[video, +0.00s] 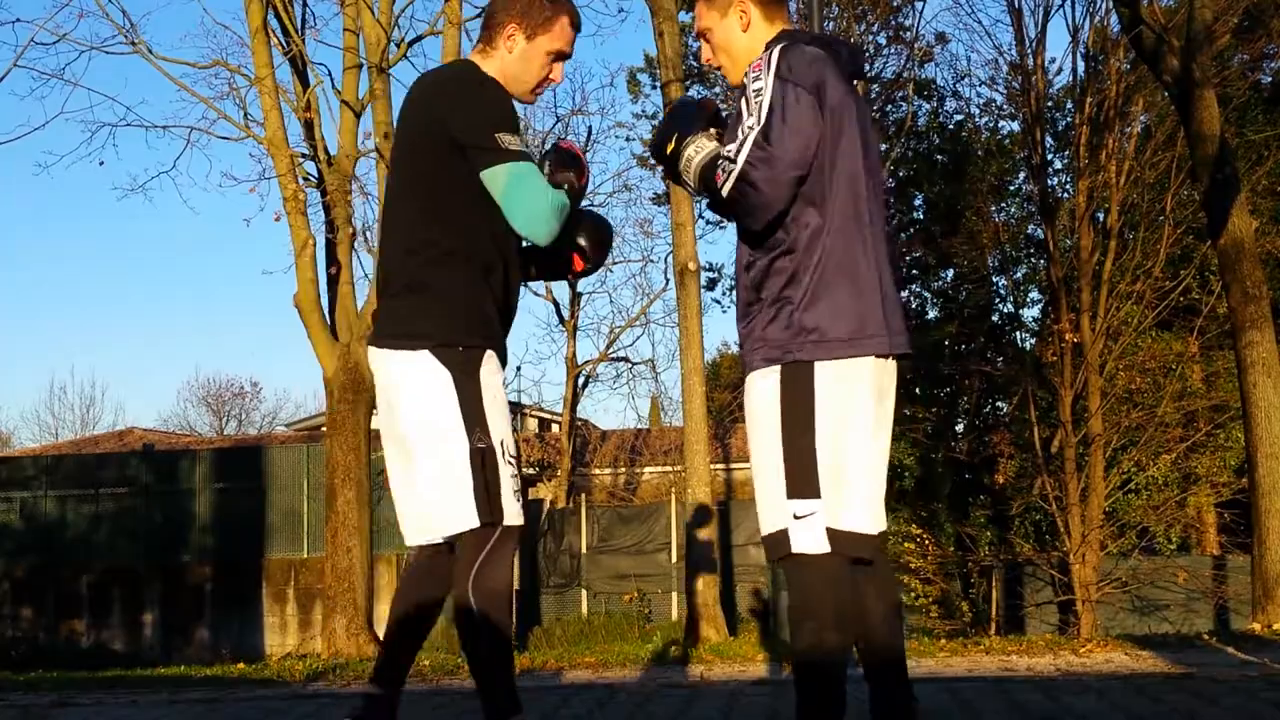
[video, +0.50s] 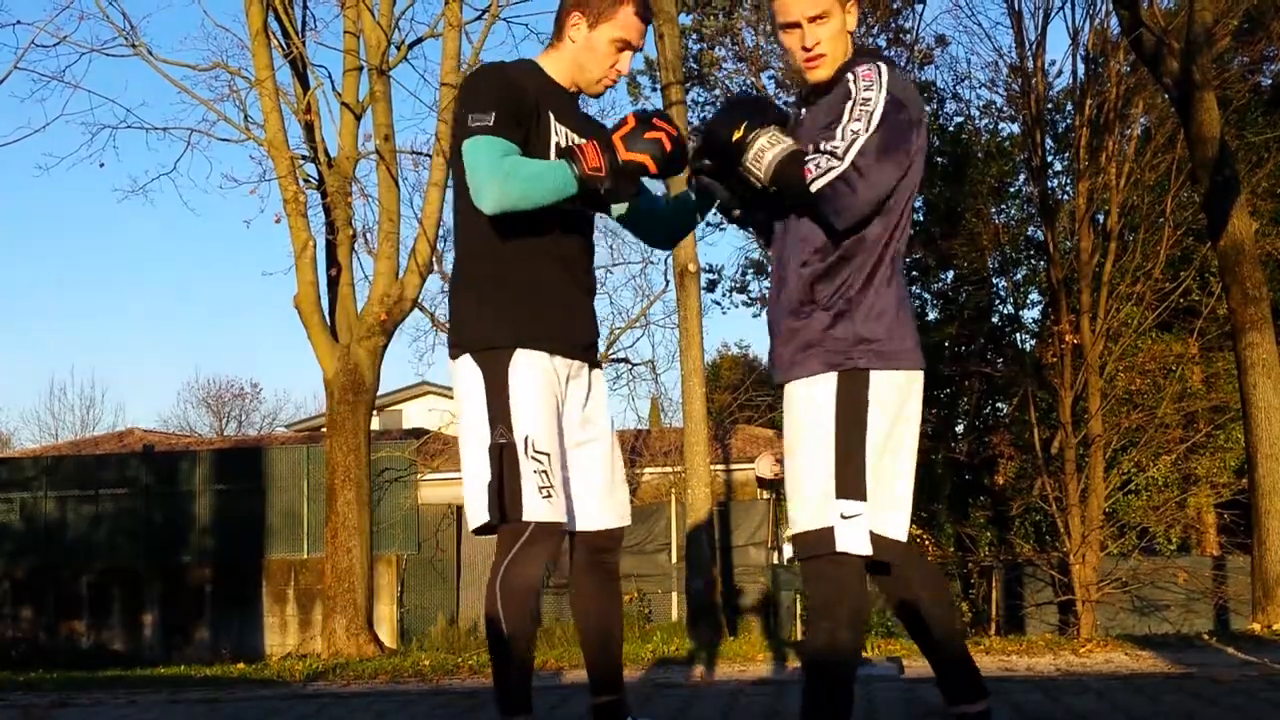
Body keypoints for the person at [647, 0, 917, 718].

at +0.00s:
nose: (702, 53)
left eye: (705, 34)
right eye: (699, 39)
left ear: (746, 17)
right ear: (756, 18)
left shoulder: (786, 72)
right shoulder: (826, 75)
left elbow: (754, 195)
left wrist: (694, 148)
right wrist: (713, 139)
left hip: (806, 335)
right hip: (858, 328)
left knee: (801, 538)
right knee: (854, 537)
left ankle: (818, 716)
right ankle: (894, 709)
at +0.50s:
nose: (804, 40)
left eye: (818, 20)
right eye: (788, 28)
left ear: (851, 14)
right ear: (775, 32)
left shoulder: (881, 87)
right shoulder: (807, 117)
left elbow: (844, 200)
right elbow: (782, 228)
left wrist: (765, 146)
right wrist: (727, 177)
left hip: (851, 349)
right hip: (833, 350)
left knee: (826, 540)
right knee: (879, 534)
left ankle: (823, 719)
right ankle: (968, 695)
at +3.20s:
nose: (998, 65)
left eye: (1009, 47)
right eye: (996, 51)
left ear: (1057, 39)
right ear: (1047, 45)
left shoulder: (1106, 83)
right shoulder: (1066, 121)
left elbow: (1086, 187)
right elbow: (1042, 238)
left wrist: (1014, 148)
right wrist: (983, 162)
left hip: (1094, 334)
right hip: (1130, 332)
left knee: (1058, 508)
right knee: (1152, 506)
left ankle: (1067, 704)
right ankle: (1208, 692)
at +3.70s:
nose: (934, 50)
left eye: (940, 37)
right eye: (935, 39)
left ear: (979, 30)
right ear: (1015, 32)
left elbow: (839, 100)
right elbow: (1100, 219)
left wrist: (722, 86)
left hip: (1032, 322)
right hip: (1120, 324)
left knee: (1001, 521)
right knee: (1115, 504)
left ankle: (1009, 709)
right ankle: (1191, 677)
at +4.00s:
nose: (895, 61)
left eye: (904, 43)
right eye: (894, 45)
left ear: (953, 35)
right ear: (958, 34)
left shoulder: (977, 88)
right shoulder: (1045, 98)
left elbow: (928, 190)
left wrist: (847, 139)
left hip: (1011, 340)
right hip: (1085, 333)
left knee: (970, 535)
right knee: (1110, 518)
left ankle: (1012, 717)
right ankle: (1183, 692)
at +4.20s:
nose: (898, 54)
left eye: (906, 34)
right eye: (897, 38)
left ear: (955, 27)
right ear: (959, 28)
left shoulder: (1000, 77)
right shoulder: (1009, 81)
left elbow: (944, 184)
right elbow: (935, 191)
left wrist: (894, 109)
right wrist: (891, 125)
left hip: (1021, 335)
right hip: (1072, 330)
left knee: (989, 539)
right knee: (1085, 517)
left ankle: (1021, 718)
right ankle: (1170, 689)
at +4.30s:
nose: (905, 51)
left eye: (916, 34)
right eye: (904, 37)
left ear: (966, 28)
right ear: (964, 29)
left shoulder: (1000, 79)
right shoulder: (1017, 79)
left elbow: (925, 170)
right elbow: (920, 171)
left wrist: (887, 100)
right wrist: (883, 98)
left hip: (1021, 340)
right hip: (1070, 334)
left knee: (997, 537)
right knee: (1081, 523)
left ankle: (1023, 719)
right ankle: (1152, 698)